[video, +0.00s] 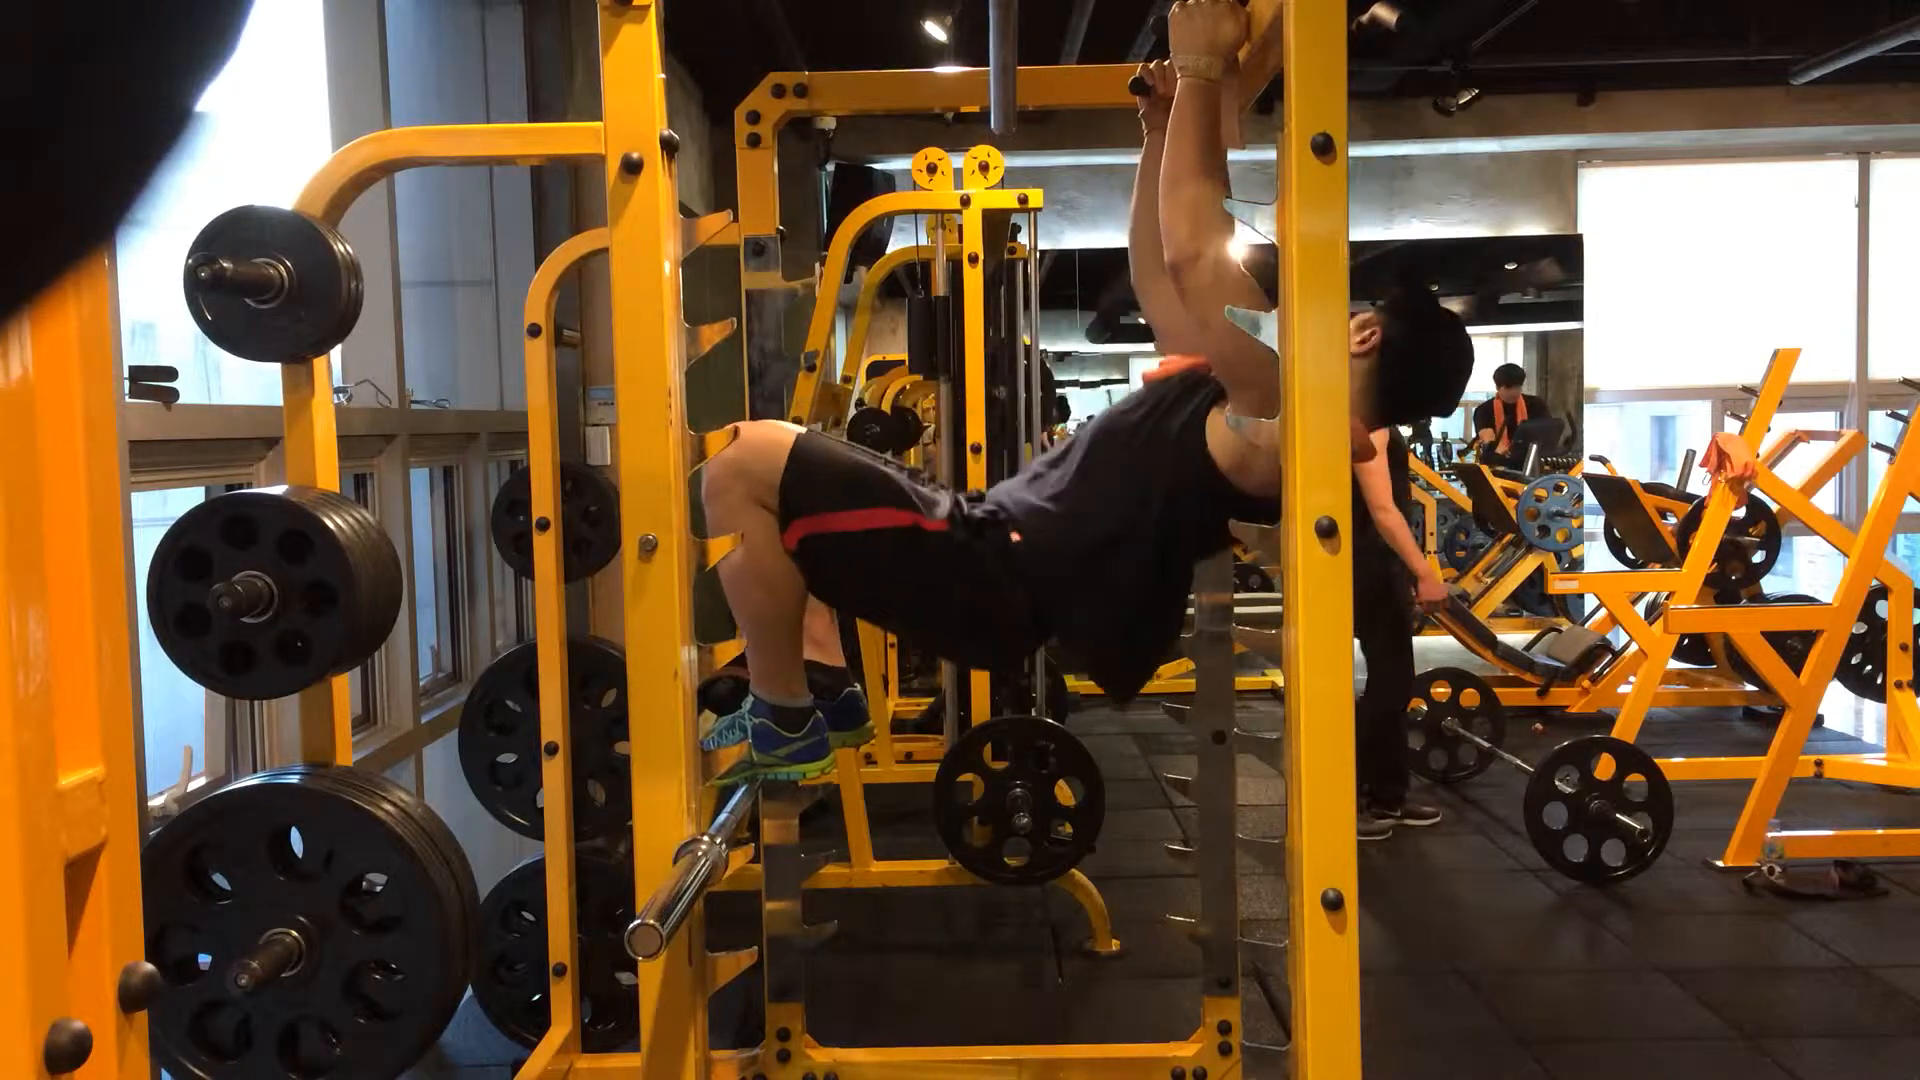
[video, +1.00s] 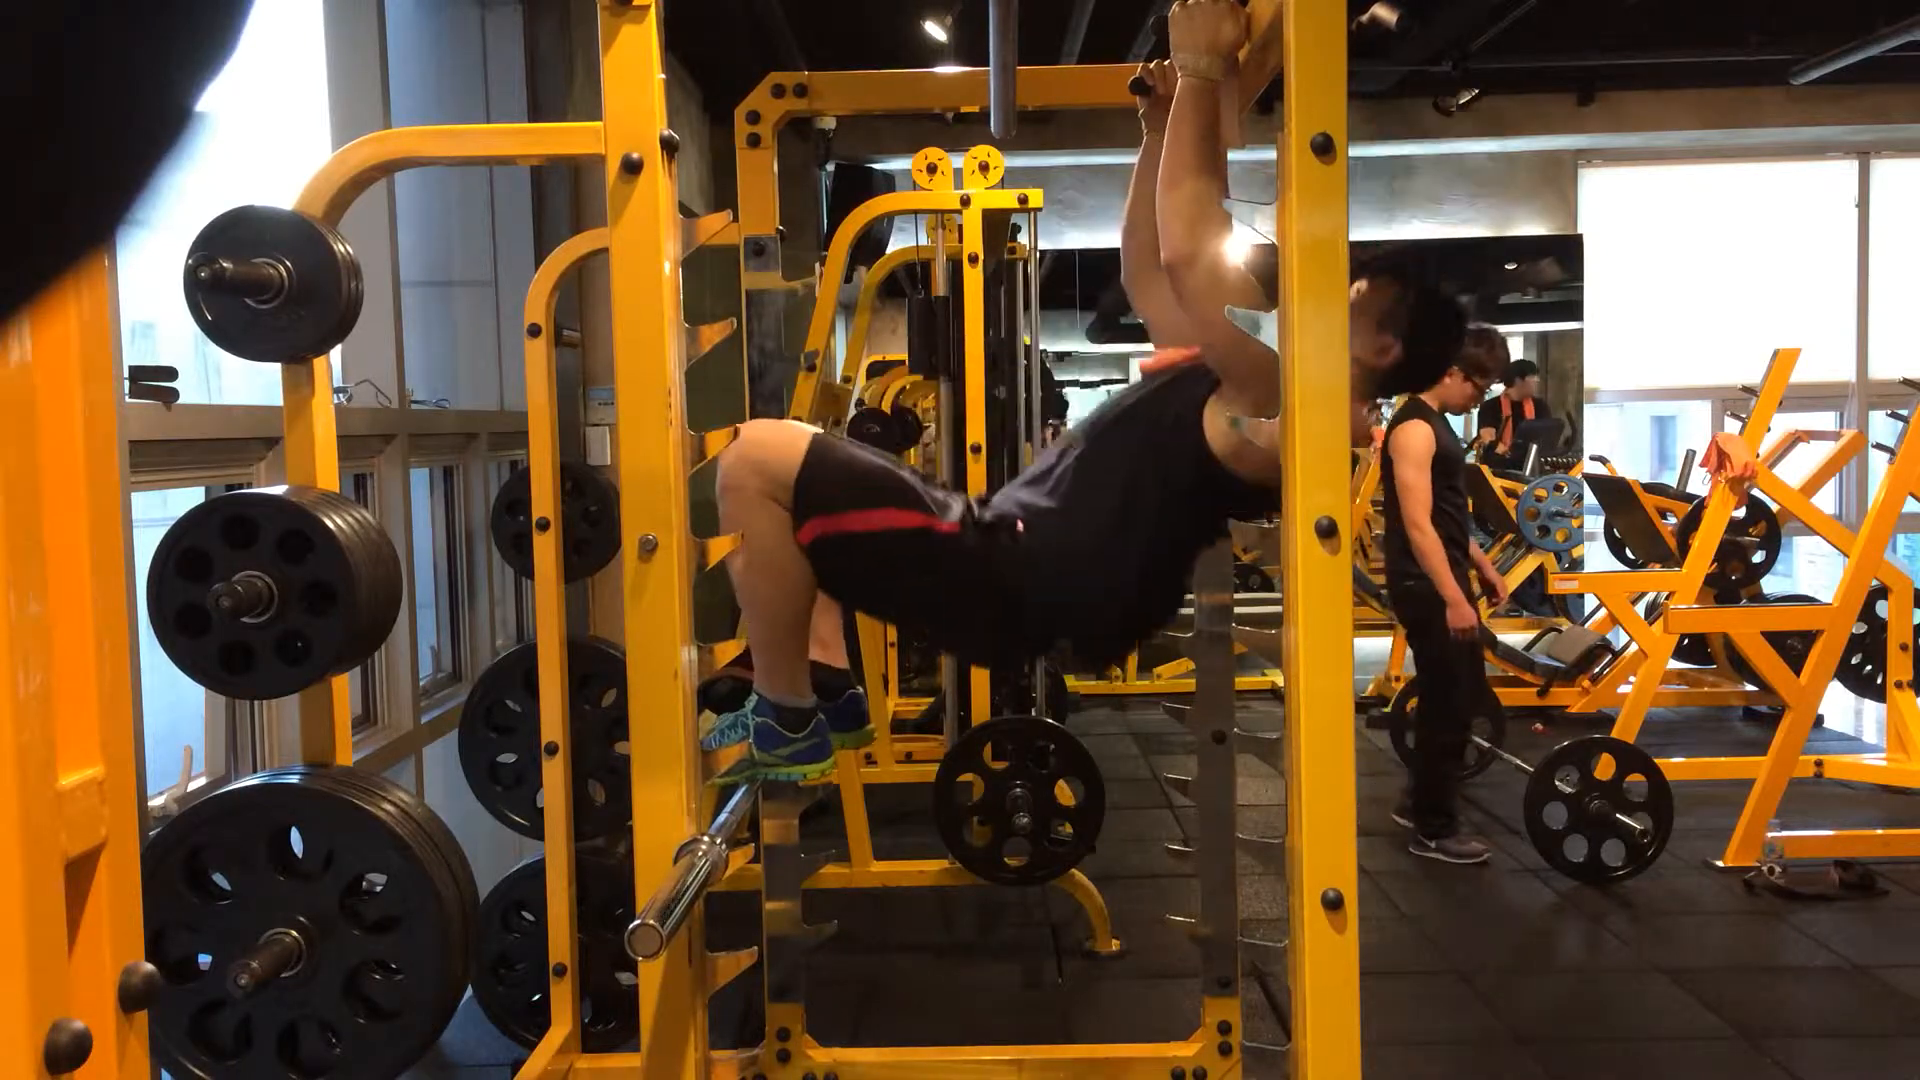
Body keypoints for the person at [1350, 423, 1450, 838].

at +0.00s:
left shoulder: (1374, 424)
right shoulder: (1368, 426)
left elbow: (1382, 509)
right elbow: (1381, 508)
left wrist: (1415, 571)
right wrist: (1424, 572)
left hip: (1381, 565)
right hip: (1370, 565)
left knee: (1393, 679)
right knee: (1388, 680)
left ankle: (1388, 795)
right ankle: (1352, 803)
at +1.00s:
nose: (1478, 400)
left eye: (1483, 391)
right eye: (1477, 388)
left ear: (1454, 376)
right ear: (1452, 374)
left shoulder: (1434, 425)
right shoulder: (1414, 429)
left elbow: (1446, 514)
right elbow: (1416, 524)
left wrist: (1483, 566)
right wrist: (1453, 598)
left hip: (1441, 581)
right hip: (1425, 586)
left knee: (1456, 693)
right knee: (1448, 699)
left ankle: (1421, 799)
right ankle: (1434, 828)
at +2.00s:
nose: (1599, 421)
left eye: (1605, 413)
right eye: (1603, 410)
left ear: (1583, 388)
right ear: (1585, 389)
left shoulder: (1540, 429)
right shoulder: (1523, 435)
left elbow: (1538, 524)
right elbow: (1520, 541)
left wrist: (1589, 557)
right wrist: (1562, 614)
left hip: (1499, 576)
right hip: (1484, 580)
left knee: (1521, 702)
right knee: (1519, 704)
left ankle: (1504, 828)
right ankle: (1492, 837)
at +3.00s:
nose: (1675, 534)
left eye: (1682, 532)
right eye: (1683, 529)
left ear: (1677, 478)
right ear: (1683, 507)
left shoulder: (1620, 447)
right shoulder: (1624, 533)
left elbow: (1623, 540)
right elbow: (1601, 633)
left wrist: (1653, 591)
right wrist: (1606, 719)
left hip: (1465, 544)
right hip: (1492, 572)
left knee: (1441, 672)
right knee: (1498, 708)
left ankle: (1389, 775)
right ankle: (1492, 839)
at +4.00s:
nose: (1655, 528)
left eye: (1662, 526)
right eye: (1663, 523)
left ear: (1647, 466)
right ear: (1663, 501)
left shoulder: (1596, 445)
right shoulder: (1602, 526)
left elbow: (1611, 533)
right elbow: (1580, 630)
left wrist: (1649, 589)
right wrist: (1581, 714)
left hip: (1448, 552)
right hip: (1474, 578)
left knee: (1441, 685)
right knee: (1488, 706)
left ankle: (1402, 792)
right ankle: (1490, 837)